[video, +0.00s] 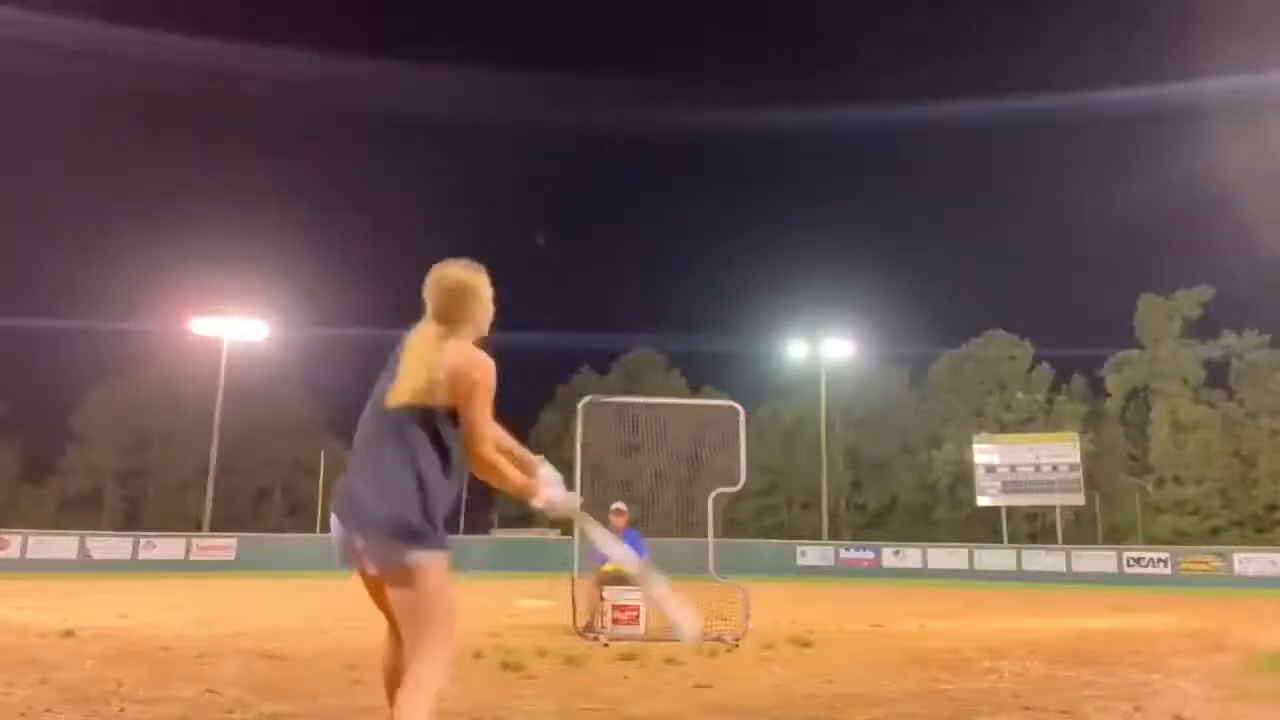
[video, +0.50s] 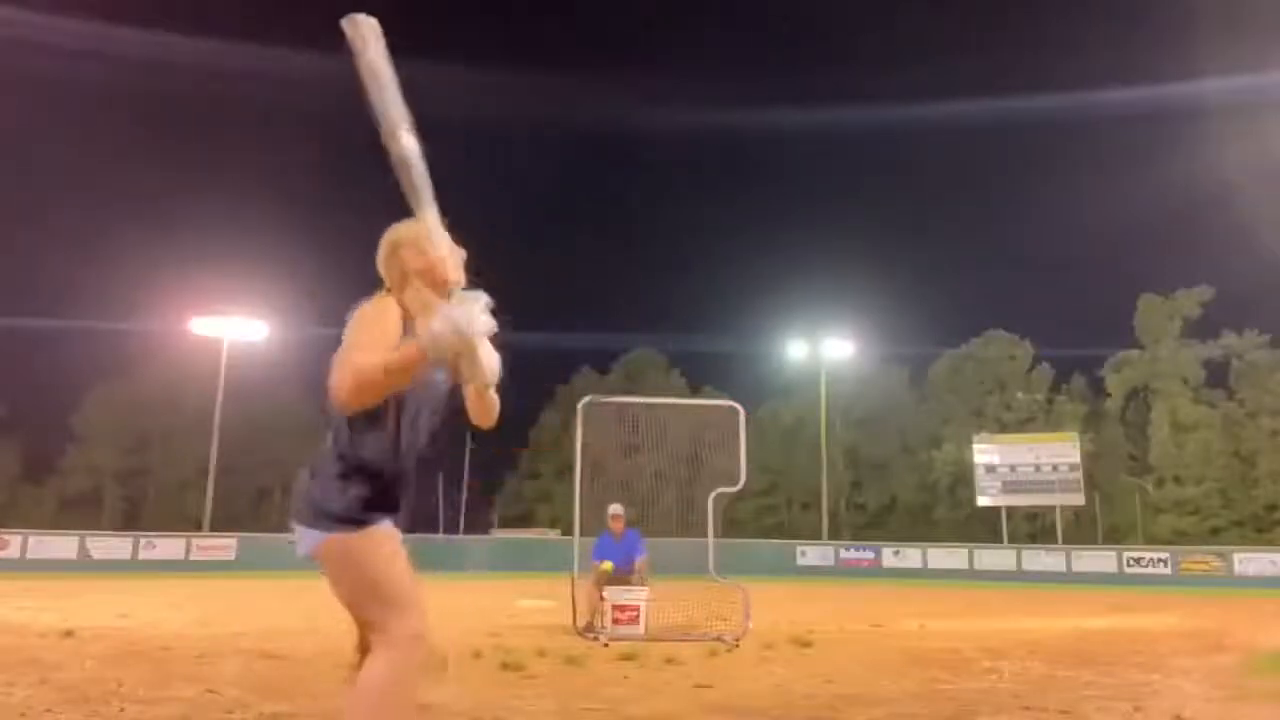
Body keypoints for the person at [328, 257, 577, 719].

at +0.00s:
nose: (492, 310)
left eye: (490, 301)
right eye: (489, 301)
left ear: (432, 302)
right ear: (480, 308)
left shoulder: (412, 346)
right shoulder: (473, 363)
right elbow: (478, 454)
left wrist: (533, 463)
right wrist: (535, 493)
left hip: (357, 509)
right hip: (405, 519)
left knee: (403, 636)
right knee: (432, 646)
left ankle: (401, 714)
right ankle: (410, 712)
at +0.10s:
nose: (489, 300)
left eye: (486, 290)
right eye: (482, 291)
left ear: (437, 299)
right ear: (462, 299)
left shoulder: (412, 342)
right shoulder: (455, 352)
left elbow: (479, 415)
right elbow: (465, 446)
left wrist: (539, 454)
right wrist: (535, 475)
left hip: (360, 505)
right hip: (399, 509)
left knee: (406, 636)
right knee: (425, 641)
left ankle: (395, 711)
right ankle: (392, 712)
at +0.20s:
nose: (487, 294)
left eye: (482, 285)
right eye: (477, 285)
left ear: (446, 296)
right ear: (451, 295)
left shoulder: (448, 351)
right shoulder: (433, 348)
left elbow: (485, 414)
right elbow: (446, 438)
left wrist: (540, 441)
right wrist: (526, 452)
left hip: (384, 509)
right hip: (379, 510)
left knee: (418, 648)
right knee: (414, 648)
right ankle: (381, 712)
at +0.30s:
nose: (479, 288)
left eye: (474, 279)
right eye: (467, 279)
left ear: (445, 294)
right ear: (439, 292)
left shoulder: (460, 362)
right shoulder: (409, 345)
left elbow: (485, 428)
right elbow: (415, 432)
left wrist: (527, 422)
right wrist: (493, 419)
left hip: (388, 520)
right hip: (361, 520)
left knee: (418, 650)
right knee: (409, 646)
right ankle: (373, 711)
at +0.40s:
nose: (472, 282)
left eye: (467, 273)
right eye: (459, 273)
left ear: (446, 287)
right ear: (429, 287)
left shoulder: (461, 356)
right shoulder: (397, 336)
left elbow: (492, 429)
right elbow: (391, 419)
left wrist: (509, 383)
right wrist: (473, 391)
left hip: (386, 518)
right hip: (354, 513)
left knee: (412, 649)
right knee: (411, 645)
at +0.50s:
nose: (459, 253)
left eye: (454, 245)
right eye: (444, 245)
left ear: (438, 262)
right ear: (413, 262)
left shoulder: (451, 322)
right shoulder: (380, 313)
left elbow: (485, 417)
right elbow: (346, 392)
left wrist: (475, 356)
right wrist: (434, 341)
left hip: (375, 508)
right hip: (342, 507)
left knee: (381, 643)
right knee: (404, 638)